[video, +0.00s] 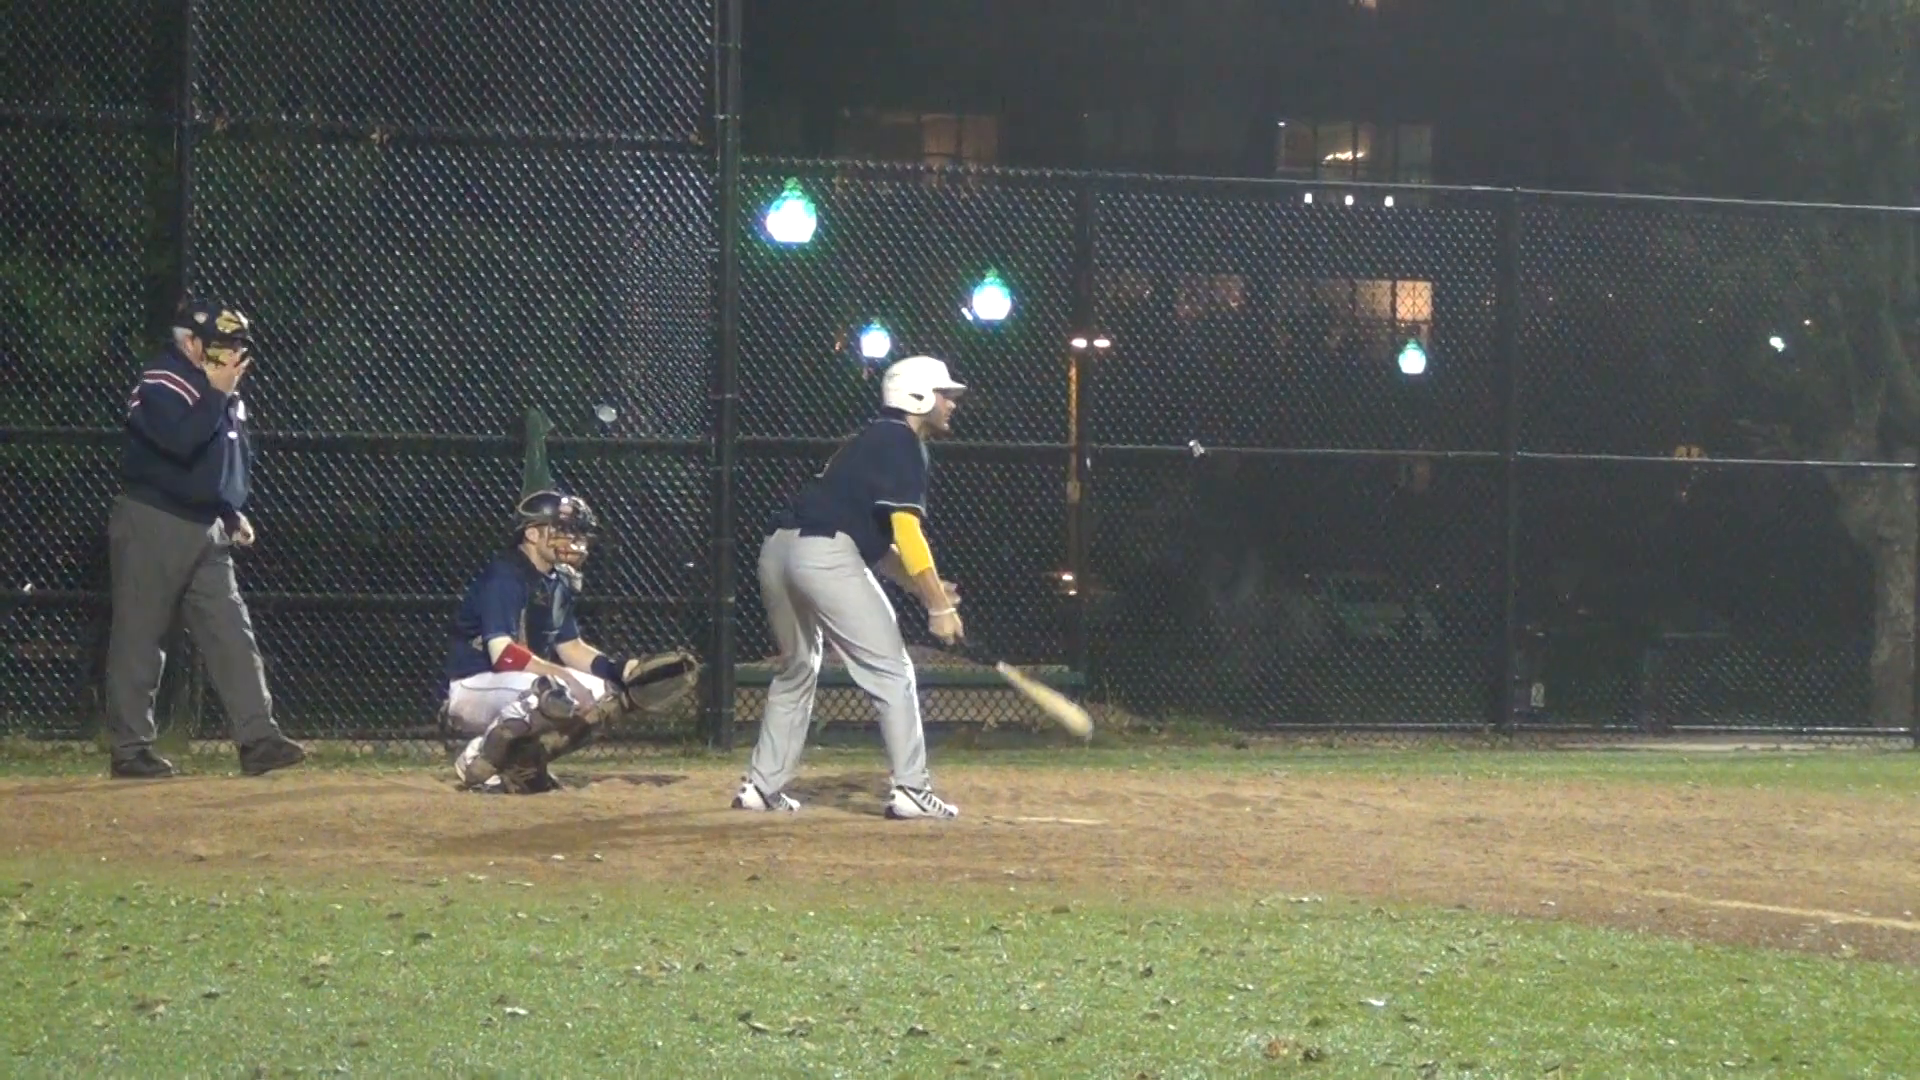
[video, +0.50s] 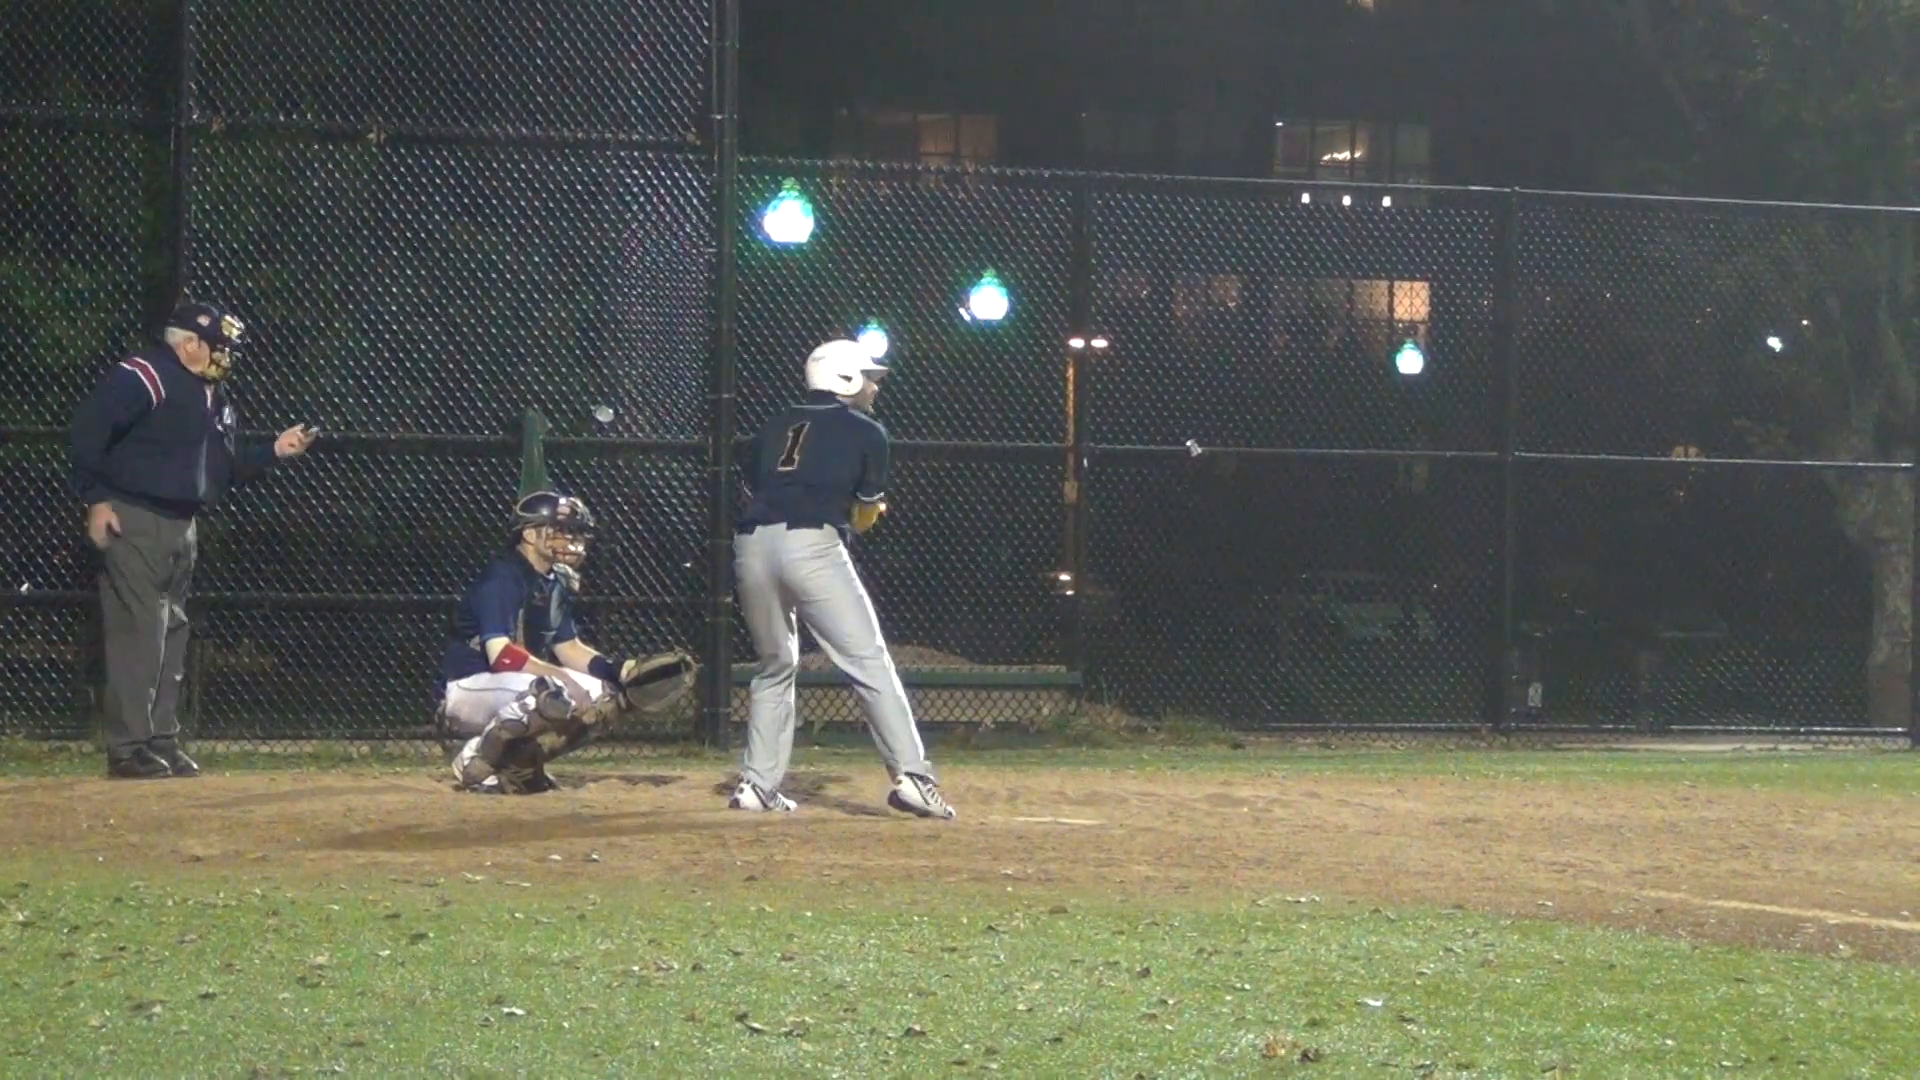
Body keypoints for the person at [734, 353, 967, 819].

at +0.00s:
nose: (953, 404)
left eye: (952, 395)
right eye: (944, 395)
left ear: (906, 400)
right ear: (918, 398)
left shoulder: (870, 438)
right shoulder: (903, 442)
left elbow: (876, 545)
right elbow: (907, 531)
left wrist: (927, 586)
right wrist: (940, 607)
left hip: (776, 547)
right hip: (828, 551)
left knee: (796, 670)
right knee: (892, 671)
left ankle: (761, 785)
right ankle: (911, 790)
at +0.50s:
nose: (876, 388)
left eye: (875, 378)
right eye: (869, 379)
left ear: (818, 382)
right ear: (847, 381)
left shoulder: (775, 422)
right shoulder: (868, 431)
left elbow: (755, 486)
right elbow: (863, 515)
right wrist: (868, 514)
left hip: (752, 545)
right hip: (812, 543)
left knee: (774, 667)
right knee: (870, 663)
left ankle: (758, 785)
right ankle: (912, 777)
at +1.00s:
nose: (896, 396)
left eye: (895, 386)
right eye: (889, 386)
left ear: (842, 390)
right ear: (865, 388)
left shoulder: (801, 432)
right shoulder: (881, 433)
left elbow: (790, 495)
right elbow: (897, 525)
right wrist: (859, 503)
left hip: (759, 548)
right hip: (816, 549)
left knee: (782, 670)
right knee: (876, 675)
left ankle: (753, 785)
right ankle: (903, 789)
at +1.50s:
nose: (928, 411)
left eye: (929, 402)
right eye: (921, 401)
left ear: (885, 404)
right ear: (892, 400)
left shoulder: (851, 444)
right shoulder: (884, 443)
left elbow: (890, 551)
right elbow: (900, 524)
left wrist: (951, 590)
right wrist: (949, 589)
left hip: (773, 564)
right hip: (817, 565)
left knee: (801, 679)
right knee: (891, 676)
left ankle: (747, 790)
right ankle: (897, 792)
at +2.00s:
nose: (897, 409)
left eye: (897, 400)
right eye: (889, 400)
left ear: (852, 407)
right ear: (861, 403)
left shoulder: (819, 447)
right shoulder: (863, 452)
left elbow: (840, 552)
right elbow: (864, 539)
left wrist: (895, 609)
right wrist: (895, 611)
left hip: (750, 570)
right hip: (802, 568)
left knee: (785, 677)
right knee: (879, 680)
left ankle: (745, 790)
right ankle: (897, 793)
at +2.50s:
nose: (854, 397)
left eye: (853, 388)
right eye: (849, 389)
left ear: (796, 388)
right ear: (828, 390)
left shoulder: (752, 431)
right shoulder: (847, 440)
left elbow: (736, 484)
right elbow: (857, 509)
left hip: (741, 566)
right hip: (803, 563)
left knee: (771, 677)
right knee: (867, 682)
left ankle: (747, 790)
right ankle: (895, 791)